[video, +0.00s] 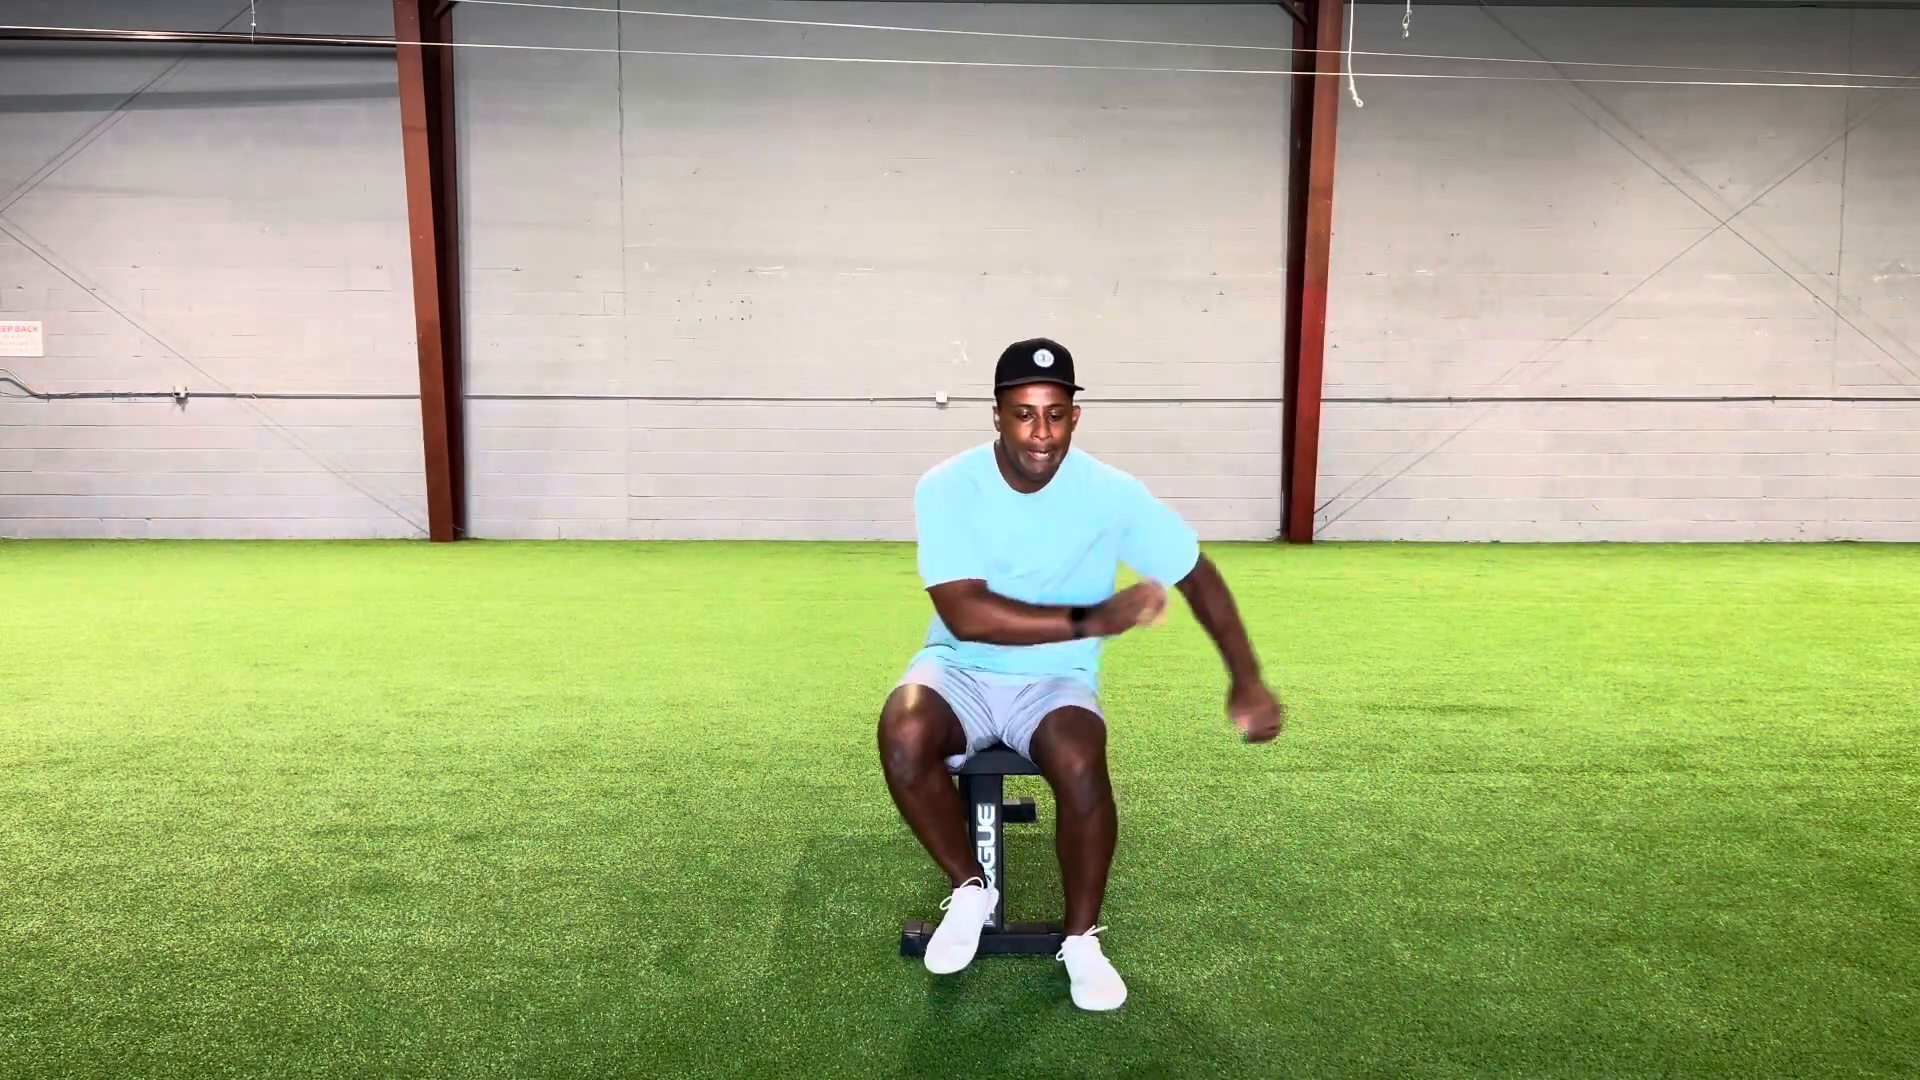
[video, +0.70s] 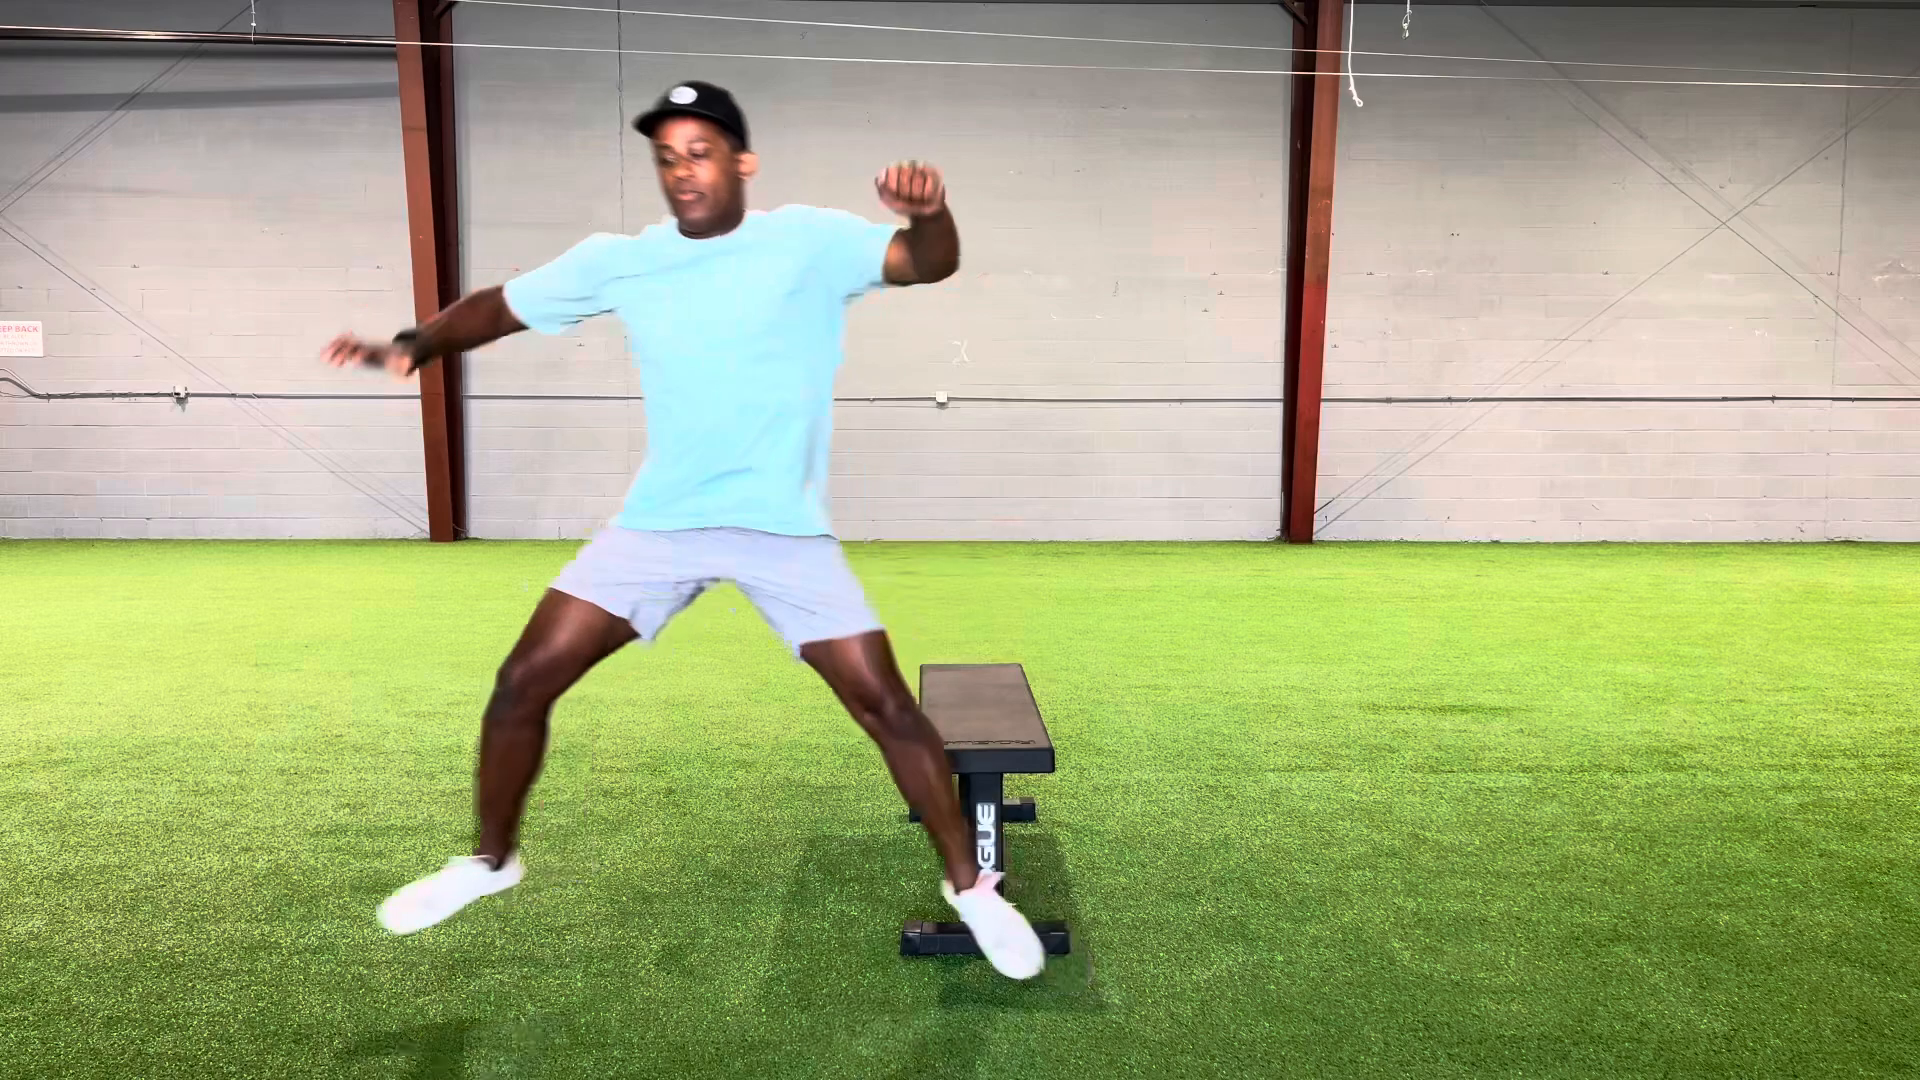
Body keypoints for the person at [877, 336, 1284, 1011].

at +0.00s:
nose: (1042, 434)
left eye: (1056, 417)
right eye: (1025, 417)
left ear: (1074, 418)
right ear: (998, 417)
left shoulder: (1113, 495)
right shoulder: (946, 490)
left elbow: (1195, 572)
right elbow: (965, 616)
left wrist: (1246, 675)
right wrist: (1091, 620)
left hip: (1057, 671)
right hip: (958, 666)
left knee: (1078, 760)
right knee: (902, 734)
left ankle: (1081, 936)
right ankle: (969, 887)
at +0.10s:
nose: (1049, 437)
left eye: (1064, 419)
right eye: (1032, 419)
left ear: (1083, 420)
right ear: (1001, 421)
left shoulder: (1119, 482)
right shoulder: (957, 498)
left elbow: (1222, 509)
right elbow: (1035, 612)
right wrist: (1150, 559)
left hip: (1057, 666)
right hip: (955, 667)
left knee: (1074, 766)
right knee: (898, 752)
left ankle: (1081, 938)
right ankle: (990, 889)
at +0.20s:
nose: (1049, 430)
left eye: (1063, 410)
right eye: (1030, 411)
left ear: (1080, 410)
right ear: (997, 414)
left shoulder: (1114, 464)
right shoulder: (954, 495)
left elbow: (1196, 476)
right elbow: (1044, 617)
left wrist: (1273, 521)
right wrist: (1141, 546)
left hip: (1056, 655)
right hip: (949, 661)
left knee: (1087, 776)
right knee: (925, 778)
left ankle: (1084, 938)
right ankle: (1015, 907)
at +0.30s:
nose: (1035, 394)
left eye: (1050, 375)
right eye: (1016, 375)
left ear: (1067, 382)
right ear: (982, 382)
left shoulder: (1102, 464)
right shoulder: (930, 463)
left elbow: (1135, 559)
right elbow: (948, 613)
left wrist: (1177, 636)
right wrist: (1082, 610)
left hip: (1040, 646)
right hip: (937, 649)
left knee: (1083, 788)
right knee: (943, 780)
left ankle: (1083, 937)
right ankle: (1030, 901)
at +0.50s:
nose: (932, 304)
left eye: (947, 290)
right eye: (916, 289)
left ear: (973, 301)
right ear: (893, 298)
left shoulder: (998, 386)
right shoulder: (828, 366)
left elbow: (1058, 473)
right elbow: (706, 372)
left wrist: (1029, 373)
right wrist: (677, 373)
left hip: (963, 627)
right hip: (846, 619)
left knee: (1041, 782)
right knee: (799, 733)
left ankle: (1078, 938)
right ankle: (860, 876)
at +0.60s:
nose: (803, 228)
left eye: (819, 211)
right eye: (789, 215)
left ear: (858, 218)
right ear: (774, 224)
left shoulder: (908, 291)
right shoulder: (732, 291)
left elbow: (1005, 282)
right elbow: (622, 265)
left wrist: (943, 177)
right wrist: (560, 257)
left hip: (877, 578)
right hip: (756, 569)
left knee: (969, 742)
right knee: (628, 700)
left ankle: (1067, 931)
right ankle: (699, 842)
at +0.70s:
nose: (680, 173)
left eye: (697, 155)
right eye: (666, 160)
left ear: (742, 161)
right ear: (656, 174)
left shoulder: (814, 238)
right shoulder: (622, 262)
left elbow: (931, 262)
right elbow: (503, 308)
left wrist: (928, 214)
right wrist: (408, 344)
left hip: (784, 527)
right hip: (658, 525)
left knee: (882, 699)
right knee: (522, 681)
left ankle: (970, 887)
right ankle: (490, 861)